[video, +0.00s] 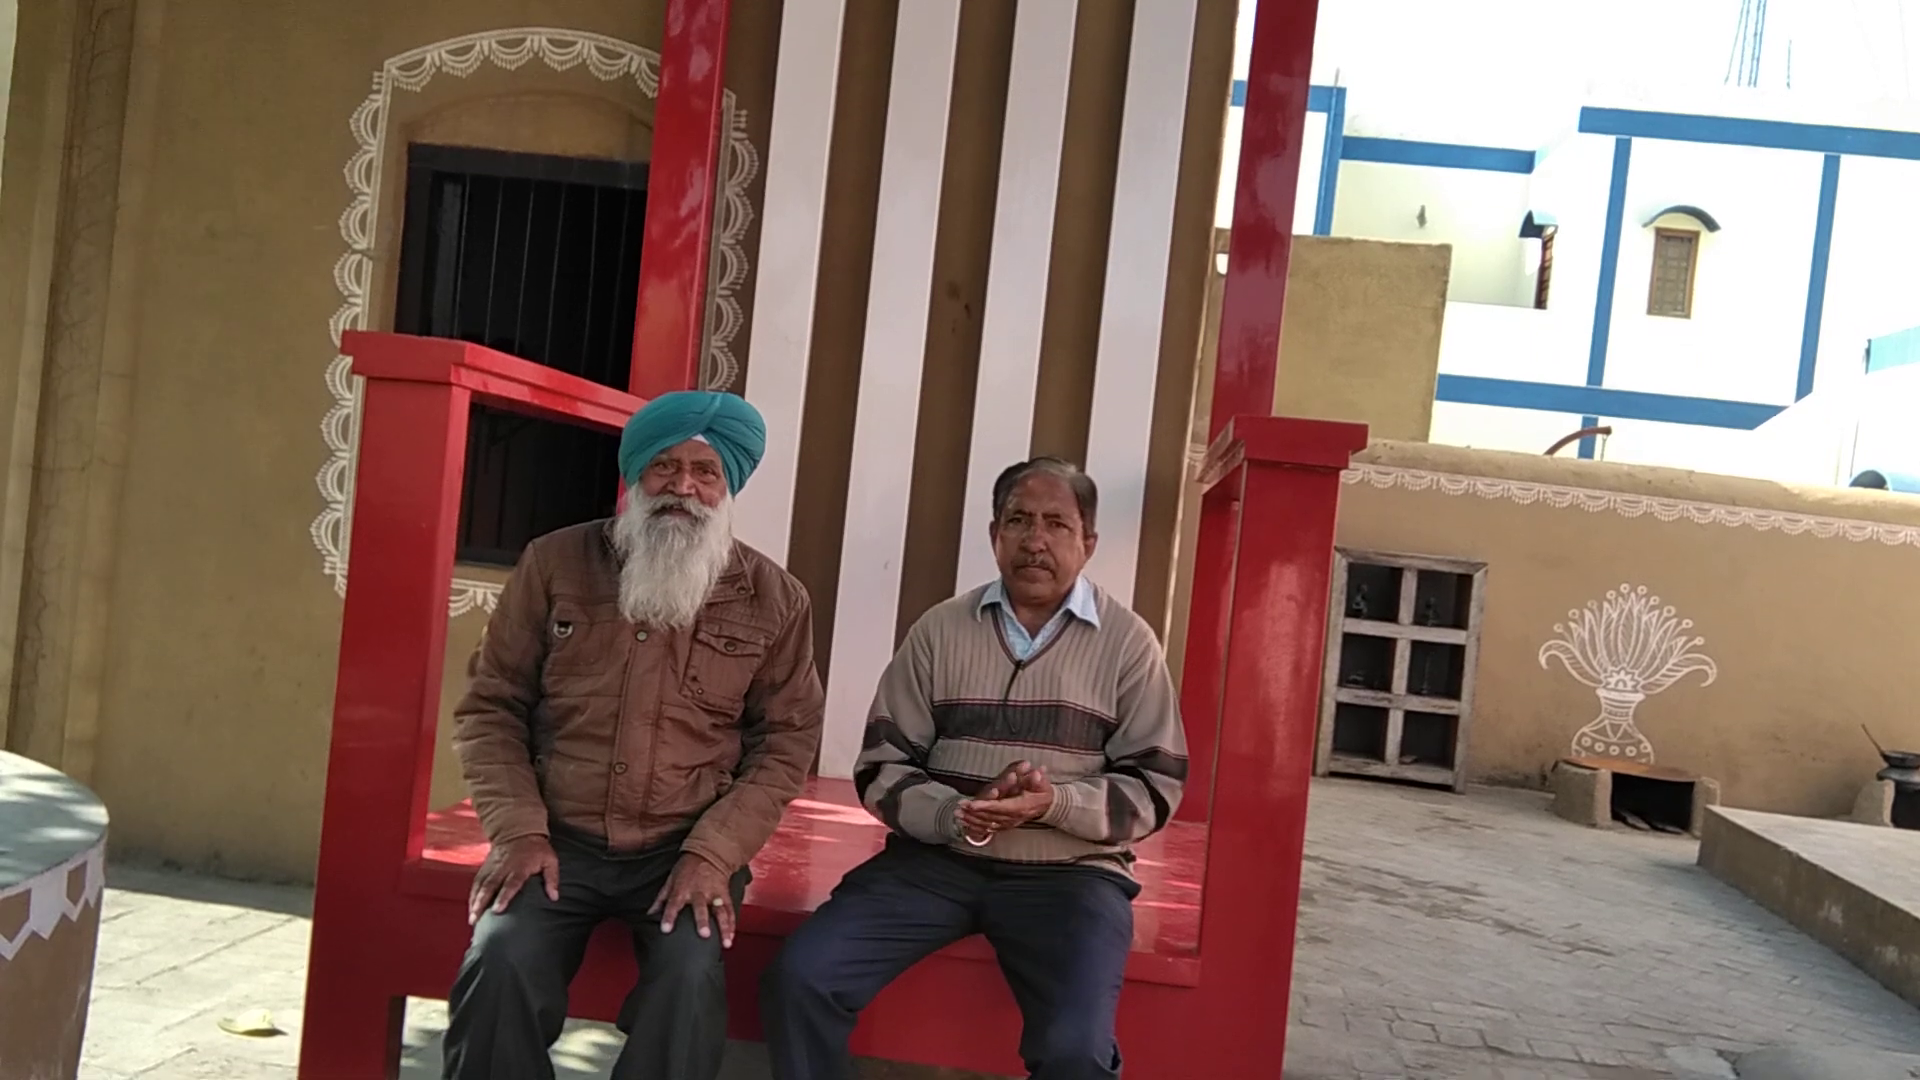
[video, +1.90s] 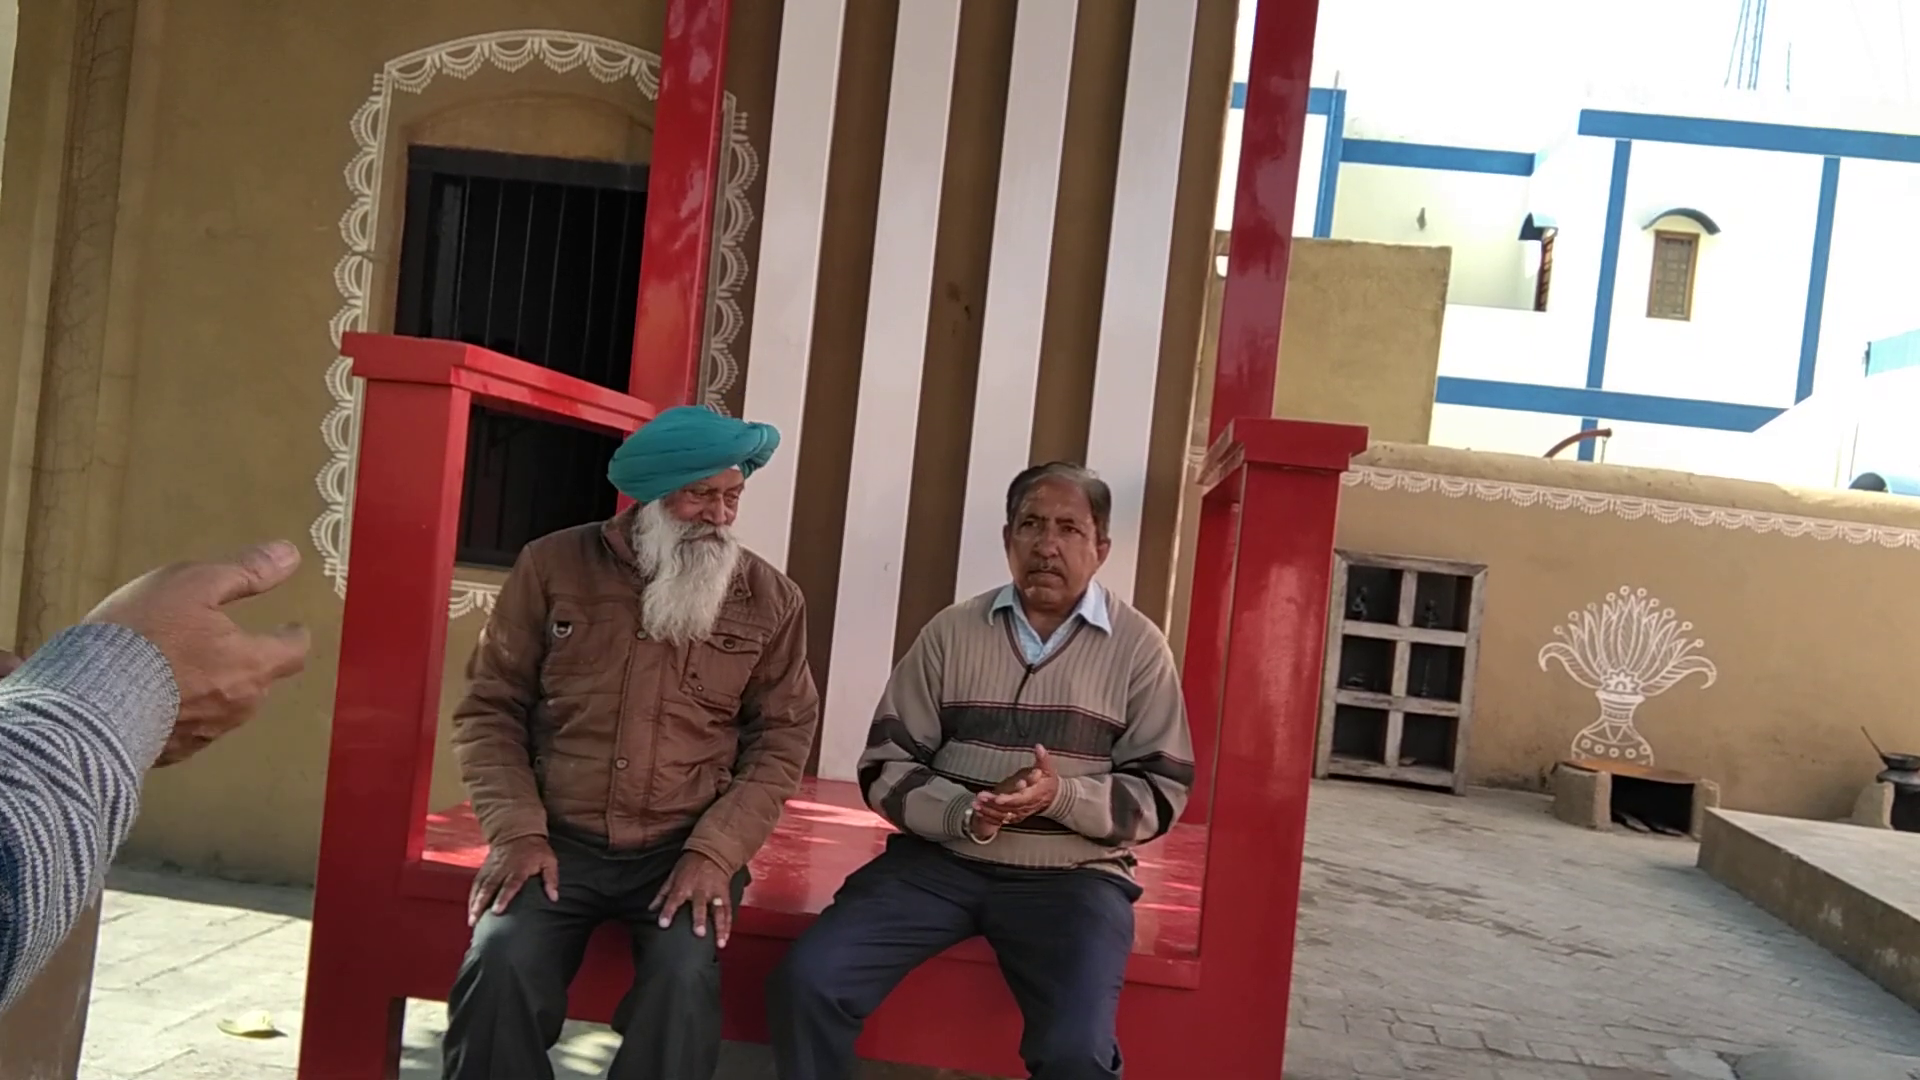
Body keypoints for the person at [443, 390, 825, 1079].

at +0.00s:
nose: (683, 486)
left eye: (705, 471)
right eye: (665, 467)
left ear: (729, 491)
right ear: (631, 481)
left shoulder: (775, 600)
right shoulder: (555, 564)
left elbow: (787, 746)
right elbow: (490, 706)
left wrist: (713, 852)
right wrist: (518, 828)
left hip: (685, 860)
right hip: (556, 849)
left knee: (690, 973)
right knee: (501, 959)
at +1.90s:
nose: (719, 515)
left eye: (732, 496)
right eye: (702, 495)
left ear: (743, 496)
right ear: (648, 494)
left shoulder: (770, 601)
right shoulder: (551, 568)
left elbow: (782, 741)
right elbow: (490, 707)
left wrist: (715, 851)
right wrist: (516, 827)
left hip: (685, 860)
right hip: (557, 848)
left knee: (684, 973)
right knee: (501, 960)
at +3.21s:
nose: (593, 517)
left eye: (617, 495)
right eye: (574, 496)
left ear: (657, 500)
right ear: (550, 502)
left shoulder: (731, 592)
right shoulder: (485, 576)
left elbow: (787, 720)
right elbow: (431, 705)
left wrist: (706, 859)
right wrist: (485, 836)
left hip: (668, 865)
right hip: (533, 857)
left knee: (671, 1006)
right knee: (479, 994)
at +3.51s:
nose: (585, 430)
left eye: (610, 409)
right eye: (564, 407)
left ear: (650, 420)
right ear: (536, 414)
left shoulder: (718, 529)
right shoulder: (468, 503)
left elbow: (745, 697)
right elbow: (425, 667)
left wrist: (679, 851)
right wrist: (455, 827)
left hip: (646, 831)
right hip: (506, 823)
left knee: (636, 1018)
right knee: (454, 1005)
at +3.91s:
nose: (634, 308)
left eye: (661, 293)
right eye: (617, 286)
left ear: (699, 321)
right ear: (582, 298)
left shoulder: (747, 449)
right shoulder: (499, 407)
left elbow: (768, 633)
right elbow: (432, 584)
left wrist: (726, 792)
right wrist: (408, 744)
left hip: (652, 798)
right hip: (500, 784)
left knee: (627, 1029)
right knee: (460, 1024)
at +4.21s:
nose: (651, 291)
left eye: (678, 276)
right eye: (634, 268)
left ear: (712, 301)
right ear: (596, 278)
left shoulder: (753, 436)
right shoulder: (536, 400)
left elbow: (780, 627)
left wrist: (740, 810)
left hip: (657, 768)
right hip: (514, 755)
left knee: (629, 1005)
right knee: (504, 1004)